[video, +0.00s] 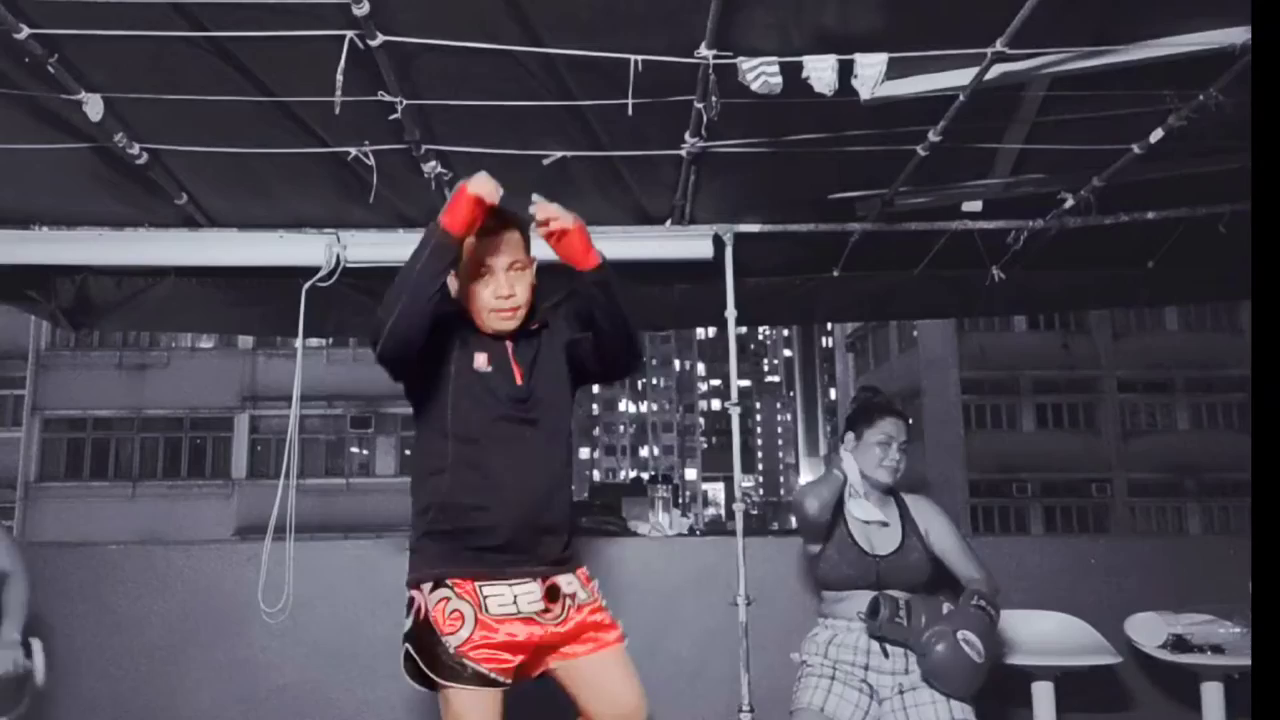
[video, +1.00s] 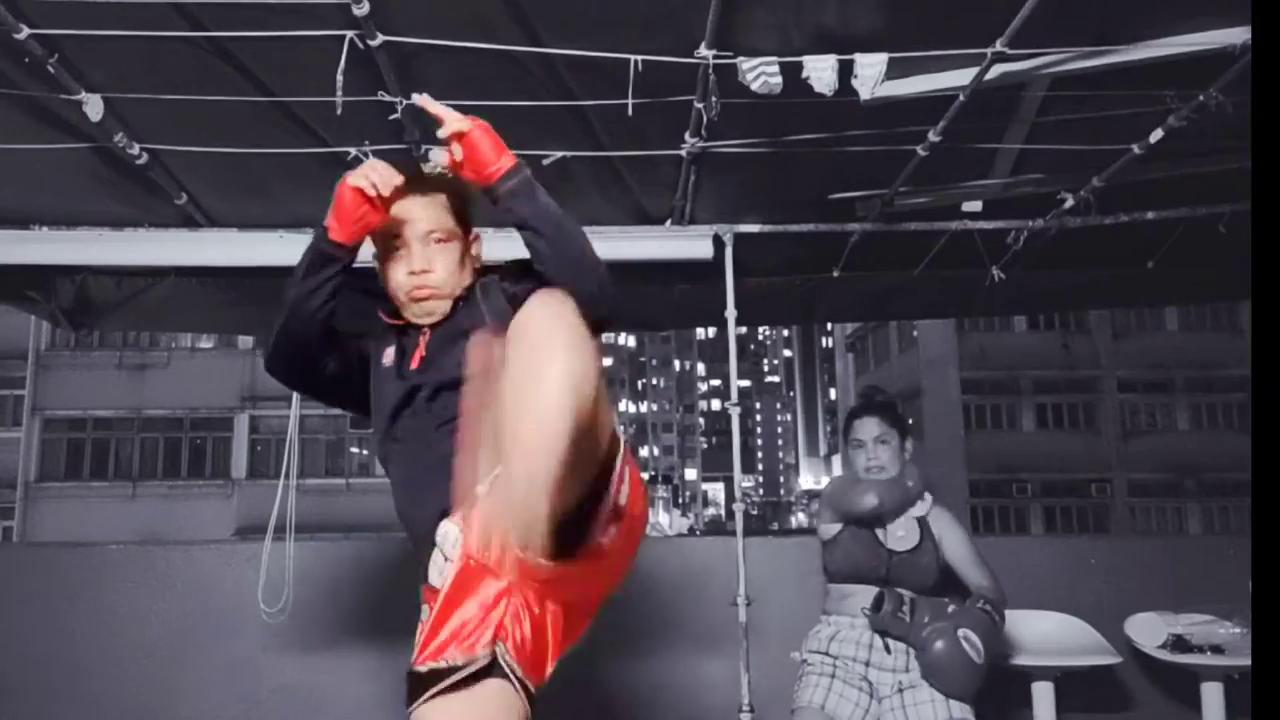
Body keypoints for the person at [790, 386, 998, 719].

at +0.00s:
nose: (895, 456)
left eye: (902, 448)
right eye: (884, 444)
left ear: (908, 454)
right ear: (850, 444)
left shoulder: (920, 509)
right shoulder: (823, 506)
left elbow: (979, 581)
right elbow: (811, 511)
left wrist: (975, 616)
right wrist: (840, 471)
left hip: (921, 666)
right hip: (838, 664)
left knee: (949, 716)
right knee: (818, 713)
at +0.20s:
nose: (893, 447)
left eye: (904, 442)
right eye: (881, 434)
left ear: (911, 458)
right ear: (854, 440)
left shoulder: (927, 512)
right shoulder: (824, 505)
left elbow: (984, 585)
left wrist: (976, 624)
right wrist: (805, 497)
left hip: (923, 669)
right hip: (838, 664)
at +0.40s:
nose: (892, 447)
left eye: (904, 443)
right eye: (880, 435)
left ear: (912, 460)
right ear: (857, 444)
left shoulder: (931, 517)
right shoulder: (822, 506)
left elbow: (987, 589)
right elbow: (778, 550)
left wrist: (981, 627)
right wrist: (848, 530)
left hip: (924, 666)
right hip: (837, 658)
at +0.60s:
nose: (892, 457)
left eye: (903, 447)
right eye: (879, 447)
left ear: (915, 455)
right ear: (858, 452)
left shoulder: (933, 517)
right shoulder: (830, 507)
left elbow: (985, 586)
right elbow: (841, 536)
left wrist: (986, 617)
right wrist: (881, 481)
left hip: (924, 667)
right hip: (838, 661)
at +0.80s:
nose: (867, 457)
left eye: (881, 446)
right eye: (858, 446)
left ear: (908, 452)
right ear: (848, 453)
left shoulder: (932, 519)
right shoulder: (836, 497)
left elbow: (988, 590)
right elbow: (848, 525)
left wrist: (985, 621)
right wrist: (909, 493)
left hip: (921, 666)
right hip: (837, 659)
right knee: (817, 712)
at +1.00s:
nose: (871, 455)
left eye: (883, 442)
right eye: (858, 446)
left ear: (906, 448)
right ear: (847, 455)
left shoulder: (935, 519)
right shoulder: (835, 498)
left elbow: (987, 587)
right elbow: (867, 500)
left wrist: (980, 616)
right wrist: (909, 482)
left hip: (922, 667)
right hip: (838, 660)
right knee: (819, 712)